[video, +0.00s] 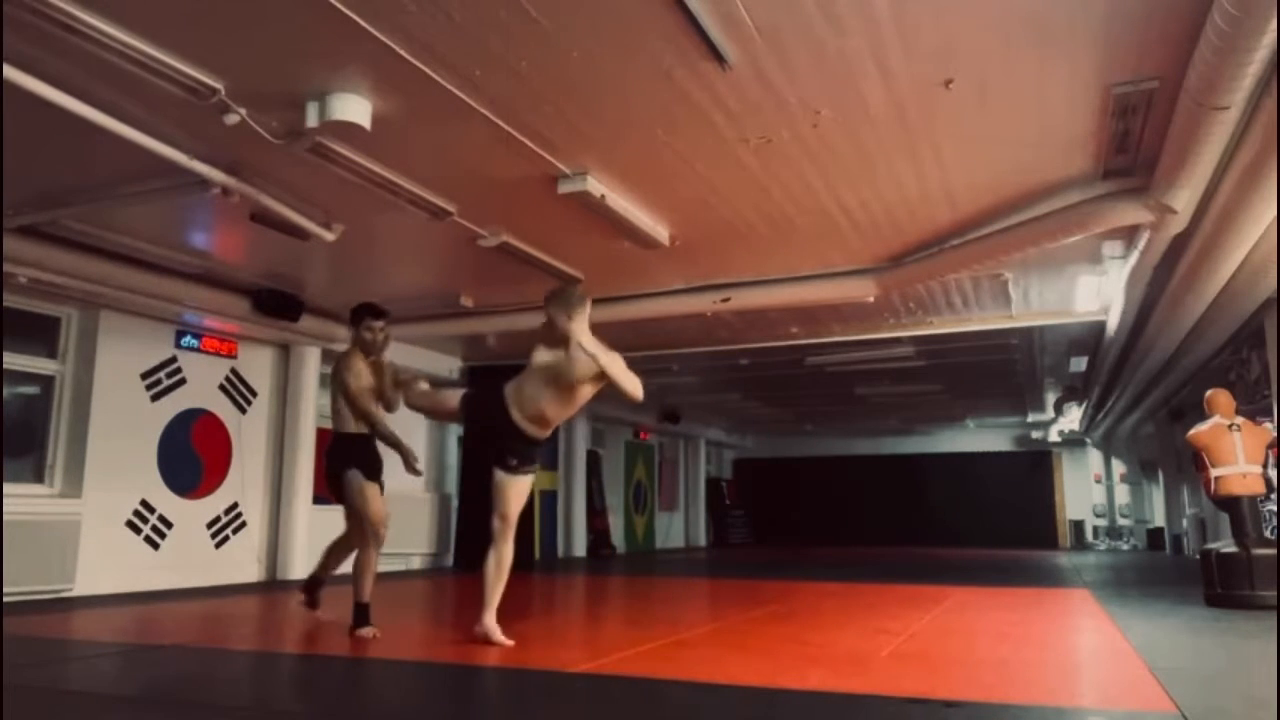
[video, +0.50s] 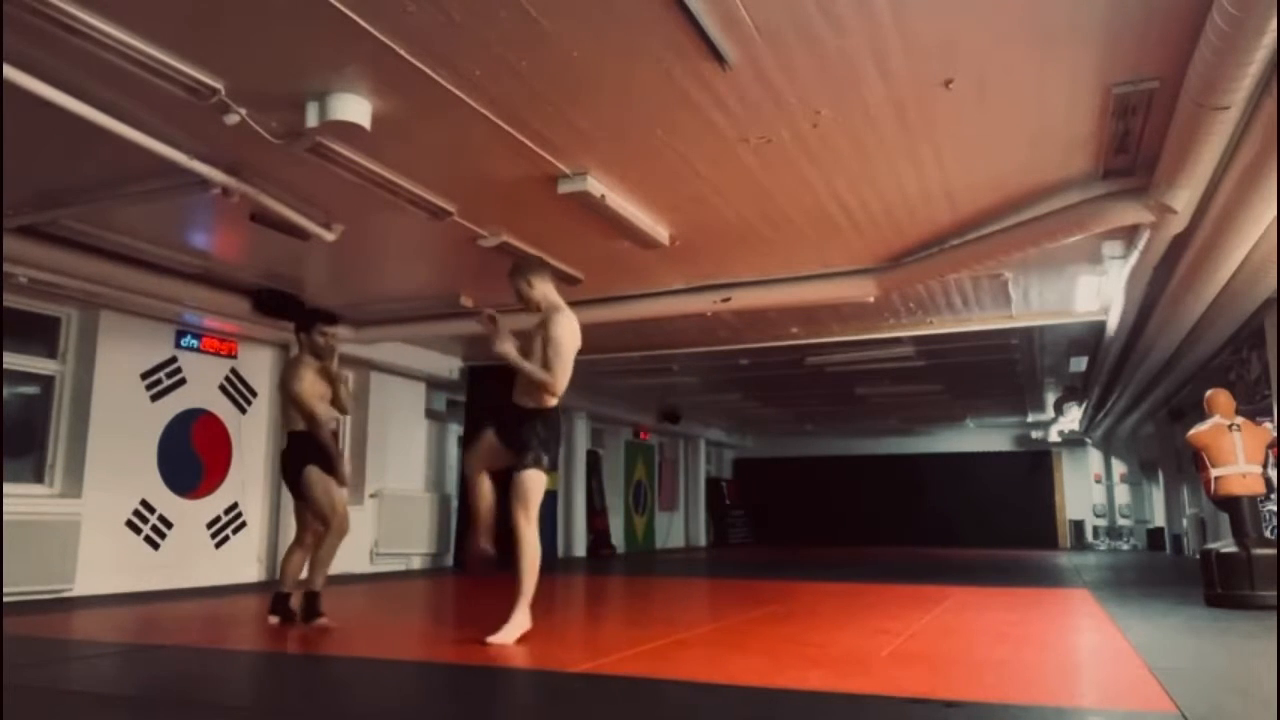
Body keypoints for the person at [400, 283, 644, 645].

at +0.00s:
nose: (546, 325)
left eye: (551, 319)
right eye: (547, 319)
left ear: (574, 316)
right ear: (554, 317)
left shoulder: (602, 360)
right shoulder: (545, 344)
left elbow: (636, 393)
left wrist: (591, 347)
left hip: (521, 444)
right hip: (492, 404)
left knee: (504, 527)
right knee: (420, 399)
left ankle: (488, 617)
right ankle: (407, 381)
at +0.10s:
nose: (547, 343)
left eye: (553, 337)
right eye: (548, 336)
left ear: (570, 334)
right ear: (553, 333)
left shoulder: (599, 377)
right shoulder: (547, 357)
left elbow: (616, 418)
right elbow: (527, 372)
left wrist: (583, 363)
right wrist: (496, 374)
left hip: (513, 447)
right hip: (487, 408)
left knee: (501, 530)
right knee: (413, 402)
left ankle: (486, 621)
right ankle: (389, 386)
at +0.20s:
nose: (548, 339)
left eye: (550, 333)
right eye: (546, 334)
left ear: (572, 328)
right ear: (547, 332)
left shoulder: (594, 374)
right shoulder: (540, 351)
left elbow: (572, 421)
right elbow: (513, 357)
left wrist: (562, 353)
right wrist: (481, 359)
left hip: (516, 449)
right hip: (488, 411)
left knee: (503, 529)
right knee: (419, 403)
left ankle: (487, 620)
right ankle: (376, 398)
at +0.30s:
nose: (532, 320)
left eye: (536, 313)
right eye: (531, 314)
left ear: (553, 310)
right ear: (546, 312)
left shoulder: (585, 356)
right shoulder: (534, 332)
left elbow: (550, 407)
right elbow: (482, 329)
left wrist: (534, 349)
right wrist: (470, 323)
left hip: (524, 446)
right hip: (495, 413)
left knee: (508, 528)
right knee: (438, 417)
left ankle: (491, 619)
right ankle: (407, 425)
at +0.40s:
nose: (524, 304)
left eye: (527, 296)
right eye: (523, 298)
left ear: (543, 290)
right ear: (535, 294)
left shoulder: (572, 336)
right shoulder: (540, 324)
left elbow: (551, 395)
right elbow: (509, 328)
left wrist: (518, 346)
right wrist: (479, 317)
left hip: (535, 433)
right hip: (506, 415)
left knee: (519, 526)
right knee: (451, 432)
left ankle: (507, 618)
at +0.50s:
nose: (521, 301)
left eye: (521, 292)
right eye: (518, 294)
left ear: (537, 284)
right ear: (537, 284)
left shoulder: (562, 323)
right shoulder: (548, 320)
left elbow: (555, 385)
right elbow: (524, 350)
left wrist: (511, 355)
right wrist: (499, 330)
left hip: (540, 423)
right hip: (518, 418)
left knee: (525, 516)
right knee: (475, 461)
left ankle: (522, 611)